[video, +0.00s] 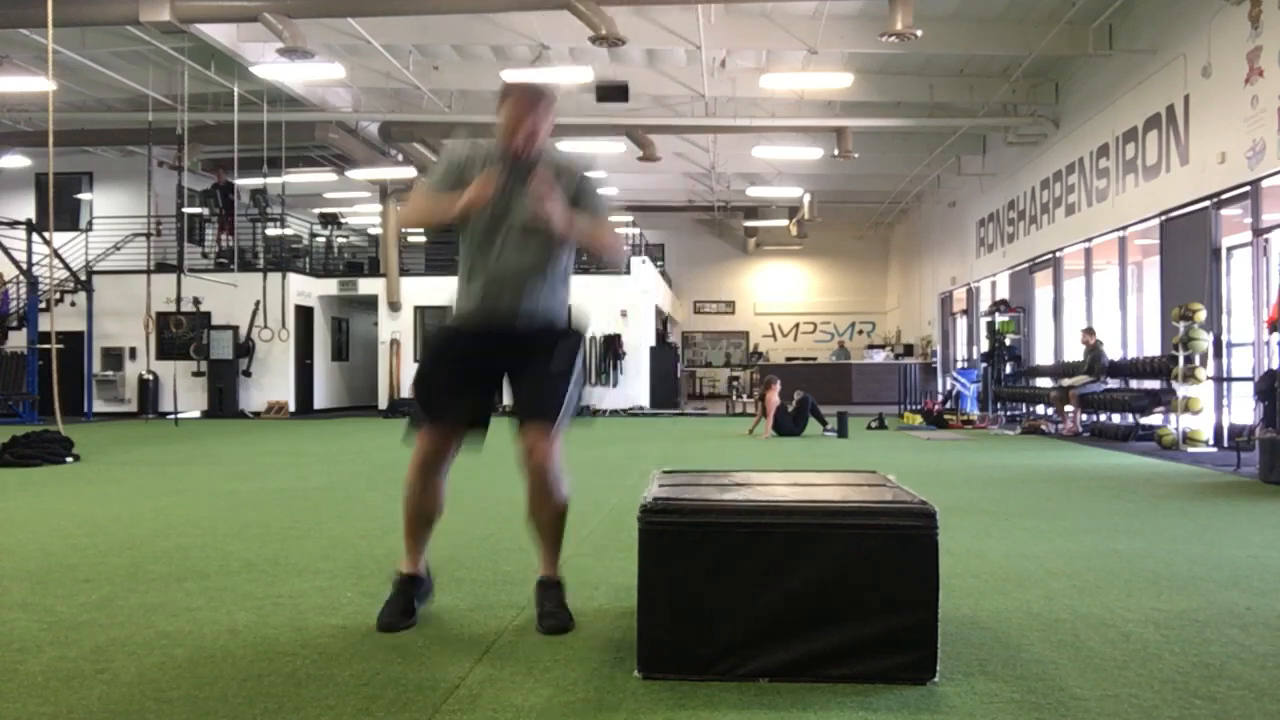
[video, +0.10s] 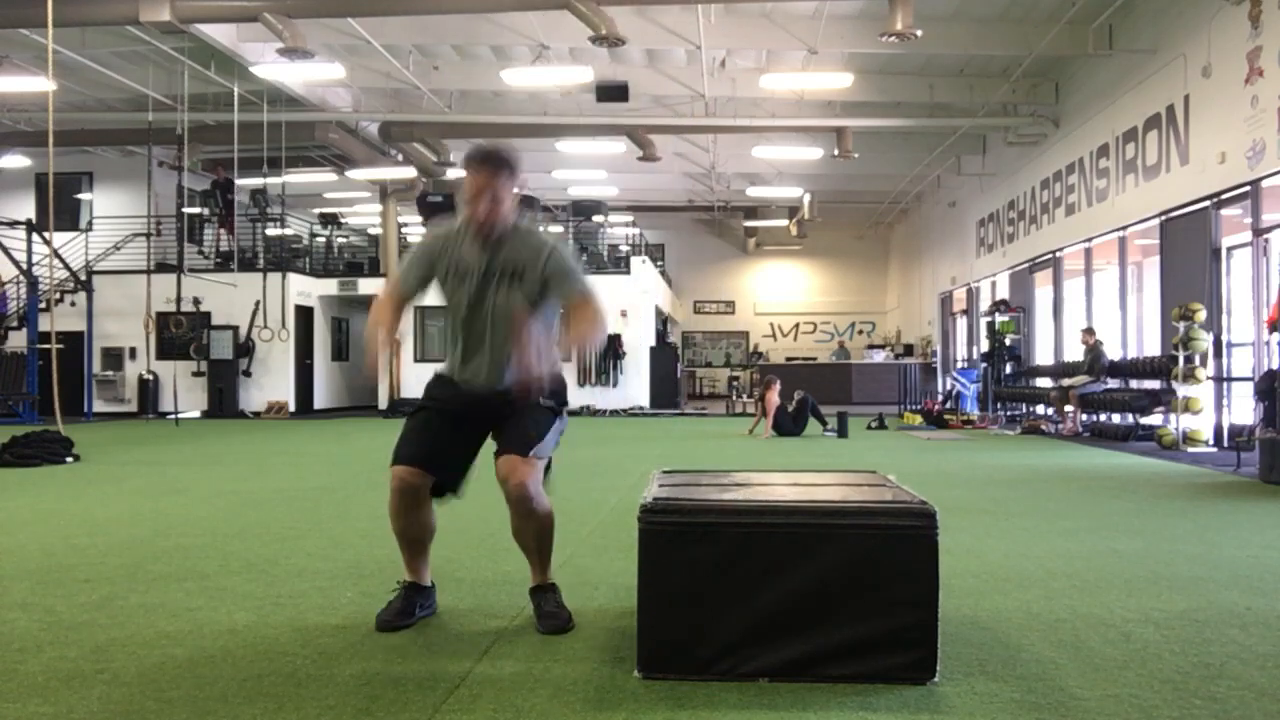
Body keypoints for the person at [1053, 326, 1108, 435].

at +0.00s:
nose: (1082, 339)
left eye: (1084, 337)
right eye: (1082, 336)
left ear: (1092, 337)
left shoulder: (1099, 353)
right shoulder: (1087, 351)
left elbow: (1097, 377)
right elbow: (1085, 371)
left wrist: (1074, 381)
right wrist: (1071, 380)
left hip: (1099, 382)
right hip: (1086, 379)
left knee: (1074, 393)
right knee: (1055, 395)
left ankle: (1076, 426)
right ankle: (1066, 425)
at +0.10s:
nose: (1082, 339)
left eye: (1084, 337)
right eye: (1082, 336)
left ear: (1092, 337)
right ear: (1089, 337)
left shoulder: (1099, 353)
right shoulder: (1087, 351)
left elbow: (1096, 377)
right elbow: (1085, 372)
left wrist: (1073, 381)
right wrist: (1071, 380)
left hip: (1099, 382)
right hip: (1086, 379)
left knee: (1074, 393)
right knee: (1055, 395)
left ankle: (1076, 426)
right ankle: (1066, 425)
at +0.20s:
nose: (1082, 339)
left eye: (1084, 336)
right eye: (1082, 336)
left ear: (1092, 337)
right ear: (1089, 337)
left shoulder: (1099, 353)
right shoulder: (1087, 351)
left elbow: (1096, 377)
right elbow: (1085, 372)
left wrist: (1073, 381)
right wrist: (1071, 380)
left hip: (1099, 382)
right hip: (1086, 379)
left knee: (1074, 393)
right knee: (1055, 395)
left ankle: (1076, 426)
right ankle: (1066, 425)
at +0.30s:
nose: (1082, 339)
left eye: (1084, 337)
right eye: (1082, 336)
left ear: (1092, 337)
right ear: (1089, 337)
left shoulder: (1099, 353)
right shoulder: (1087, 351)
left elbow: (1096, 377)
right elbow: (1085, 372)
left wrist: (1073, 381)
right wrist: (1071, 380)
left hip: (1099, 382)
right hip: (1086, 379)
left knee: (1074, 393)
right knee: (1055, 395)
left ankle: (1076, 426)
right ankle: (1066, 425)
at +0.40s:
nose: (1082, 339)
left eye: (1084, 337)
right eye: (1082, 336)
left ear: (1092, 337)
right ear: (1089, 337)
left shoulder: (1099, 353)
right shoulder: (1088, 351)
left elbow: (1096, 376)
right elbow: (1085, 371)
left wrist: (1073, 381)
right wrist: (1071, 380)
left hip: (1099, 382)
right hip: (1087, 379)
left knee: (1074, 393)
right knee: (1055, 395)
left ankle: (1076, 426)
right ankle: (1067, 425)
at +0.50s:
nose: (1082, 339)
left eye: (1084, 337)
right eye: (1082, 336)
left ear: (1092, 337)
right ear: (1089, 337)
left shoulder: (1099, 353)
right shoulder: (1088, 351)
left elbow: (1096, 376)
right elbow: (1085, 371)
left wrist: (1073, 381)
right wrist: (1071, 380)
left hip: (1099, 382)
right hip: (1087, 379)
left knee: (1074, 393)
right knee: (1055, 395)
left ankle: (1076, 426)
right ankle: (1067, 425)